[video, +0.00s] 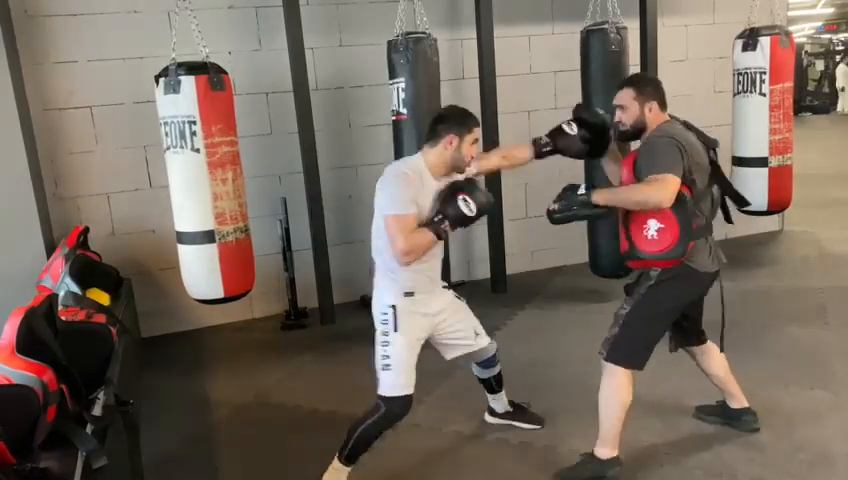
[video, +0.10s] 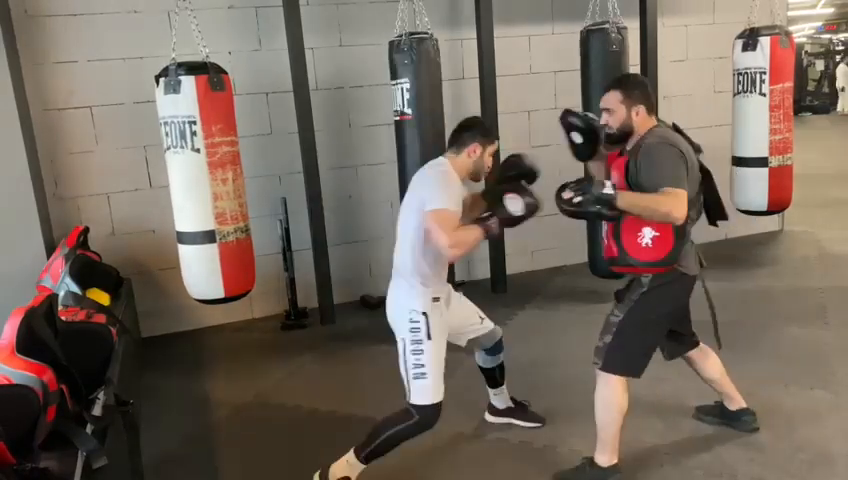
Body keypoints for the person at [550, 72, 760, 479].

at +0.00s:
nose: (616, 116)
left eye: (622, 108)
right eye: (615, 109)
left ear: (650, 107)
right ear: (653, 109)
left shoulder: (661, 141)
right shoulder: (675, 135)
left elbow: (660, 194)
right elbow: (627, 180)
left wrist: (593, 197)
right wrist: (603, 145)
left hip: (674, 268)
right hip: (696, 262)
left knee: (618, 356)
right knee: (693, 338)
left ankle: (605, 454)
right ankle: (739, 407)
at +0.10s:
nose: (604, 120)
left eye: (610, 112)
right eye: (602, 112)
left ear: (638, 111)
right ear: (638, 113)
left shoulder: (660, 147)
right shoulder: (640, 145)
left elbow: (675, 209)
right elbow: (609, 188)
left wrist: (608, 197)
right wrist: (592, 151)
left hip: (663, 273)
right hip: (667, 268)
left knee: (613, 363)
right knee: (687, 344)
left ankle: (604, 461)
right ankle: (738, 408)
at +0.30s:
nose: (581, 140)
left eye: (585, 132)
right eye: (580, 132)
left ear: (611, 131)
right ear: (602, 132)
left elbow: (693, 216)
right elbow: (566, 198)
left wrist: (647, 177)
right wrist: (547, 200)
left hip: (657, 279)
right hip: (625, 277)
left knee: (601, 365)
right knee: (654, 350)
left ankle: (605, 465)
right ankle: (723, 394)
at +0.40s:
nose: (583, 145)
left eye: (587, 136)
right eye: (579, 138)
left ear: (614, 133)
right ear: (593, 138)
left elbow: (669, 217)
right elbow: (565, 229)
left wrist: (622, 168)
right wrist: (560, 196)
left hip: (656, 285)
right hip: (625, 283)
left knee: (600, 368)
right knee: (652, 355)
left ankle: (605, 466)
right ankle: (724, 397)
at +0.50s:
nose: (581, 139)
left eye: (586, 131)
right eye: (579, 131)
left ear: (612, 128)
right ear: (607, 129)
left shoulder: (662, 156)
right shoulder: (605, 164)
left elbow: (682, 211)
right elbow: (581, 226)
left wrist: (626, 174)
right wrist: (572, 201)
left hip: (656, 283)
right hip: (633, 280)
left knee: (593, 368)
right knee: (663, 354)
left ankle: (605, 464)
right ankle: (728, 409)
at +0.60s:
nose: (589, 133)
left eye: (593, 124)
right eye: (587, 126)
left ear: (620, 122)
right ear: (620, 125)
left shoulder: (653, 149)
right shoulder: (626, 157)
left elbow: (689, 199)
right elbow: (631, 207)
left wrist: (629, 169)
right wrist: (590, 205)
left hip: (651, 281)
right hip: (678, 274)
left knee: (592, 366)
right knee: (682, 345)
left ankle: (605, 462)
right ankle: (737, 409)